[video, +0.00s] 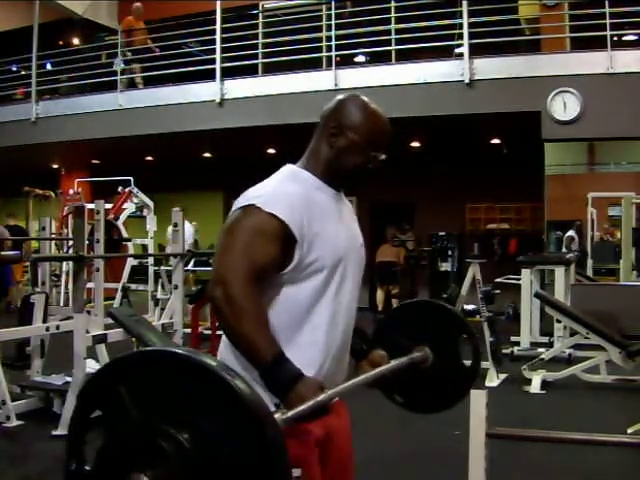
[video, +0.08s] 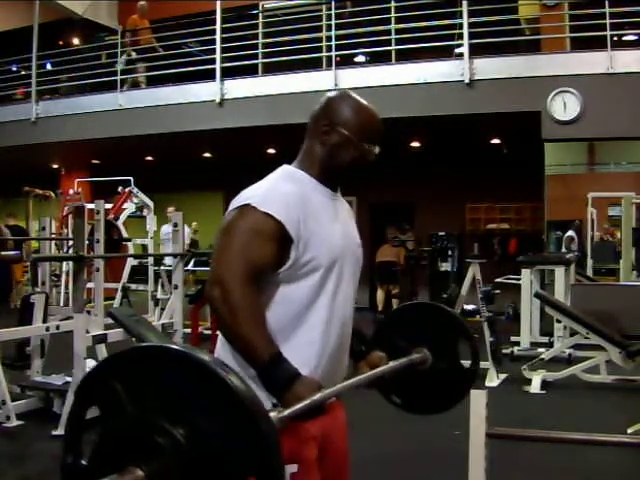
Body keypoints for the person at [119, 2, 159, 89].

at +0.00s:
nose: (139, 12)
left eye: (140, 9)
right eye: (137, 9)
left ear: (142, 10)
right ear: (133, 10)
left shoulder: (141, 22)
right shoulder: (128, 20)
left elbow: (146, 38)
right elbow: (122, 34)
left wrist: (154, 48)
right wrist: (124, 48)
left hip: (140, 49)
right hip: (132, 48)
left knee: (128, 70)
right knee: (137, 69)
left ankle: (122, 87)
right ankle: (141, 88)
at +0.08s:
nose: (144, 10)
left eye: (145, 8)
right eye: (142, 7)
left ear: (147, 9)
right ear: (138, 8)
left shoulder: (146, 21)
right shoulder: (133, 19)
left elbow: (150, 36)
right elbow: (128, 35)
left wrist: (158, 47)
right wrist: (128, 49)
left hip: (146, 47)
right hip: (137, 47)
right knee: (140, 67)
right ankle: (143, 85)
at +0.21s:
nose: (151, 6)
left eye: (152, 4)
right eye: (149, 4)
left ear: (153, 5)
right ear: (145, 5)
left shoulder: (153, 19)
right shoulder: (140, 17)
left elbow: (156, 35)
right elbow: (136, 33)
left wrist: (160, 47)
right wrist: (137, 45)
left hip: (154, 46)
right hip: (145, 47)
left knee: (154, 67)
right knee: (146, 68)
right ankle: (143, 85)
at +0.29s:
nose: (156, 5)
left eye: (157, 3)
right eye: (154, 2)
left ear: (159, 4)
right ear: (150, 3)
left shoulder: (158, 17)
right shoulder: (146, 15)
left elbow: (159, 31)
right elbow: (143, 31)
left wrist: (160, 42)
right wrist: (146, 43)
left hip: (158, 43)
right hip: (149, 43)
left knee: (162, 65)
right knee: (147, 66)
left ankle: (152, 83)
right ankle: (145, 86)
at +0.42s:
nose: (165, 5)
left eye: (166, 3)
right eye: (163, 3)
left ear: (167, 4)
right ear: (159, 3)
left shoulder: (165, 16)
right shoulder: (154, 15)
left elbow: (166, 30)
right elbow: (151, 30)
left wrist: (166, 40)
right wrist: (156, 42)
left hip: (165, 43)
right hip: (156, 43)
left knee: (170, 64)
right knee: (151, 65)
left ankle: (171, 84)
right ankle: (147, 86)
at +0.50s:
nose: (170, 6)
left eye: (172, 3)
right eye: (169, 3)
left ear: (173, 4)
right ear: (164, 3)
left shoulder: (170, 16)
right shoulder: (160, 15)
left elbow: (170, 29)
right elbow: (157, 32)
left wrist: (172, 38)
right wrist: (163, 41)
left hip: (171, 42)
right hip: (164, 43)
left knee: (174, 64)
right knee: (155, 64)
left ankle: (178, 83)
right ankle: (148, 84)